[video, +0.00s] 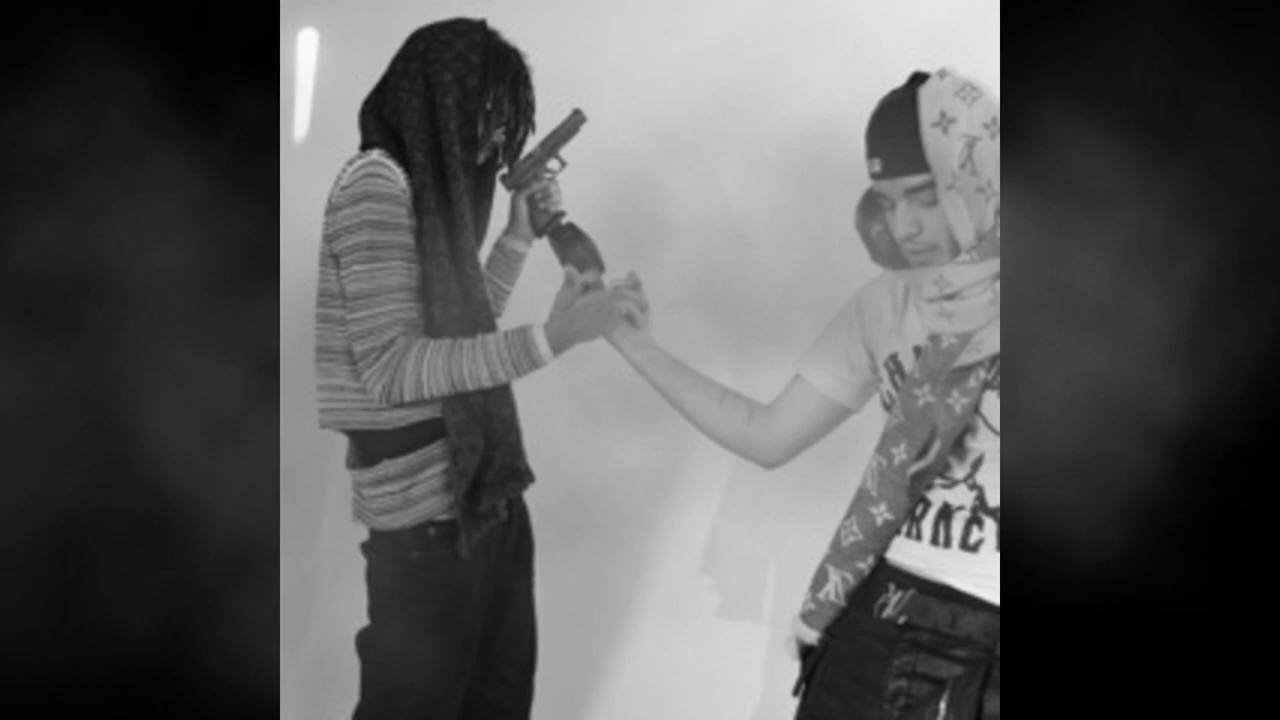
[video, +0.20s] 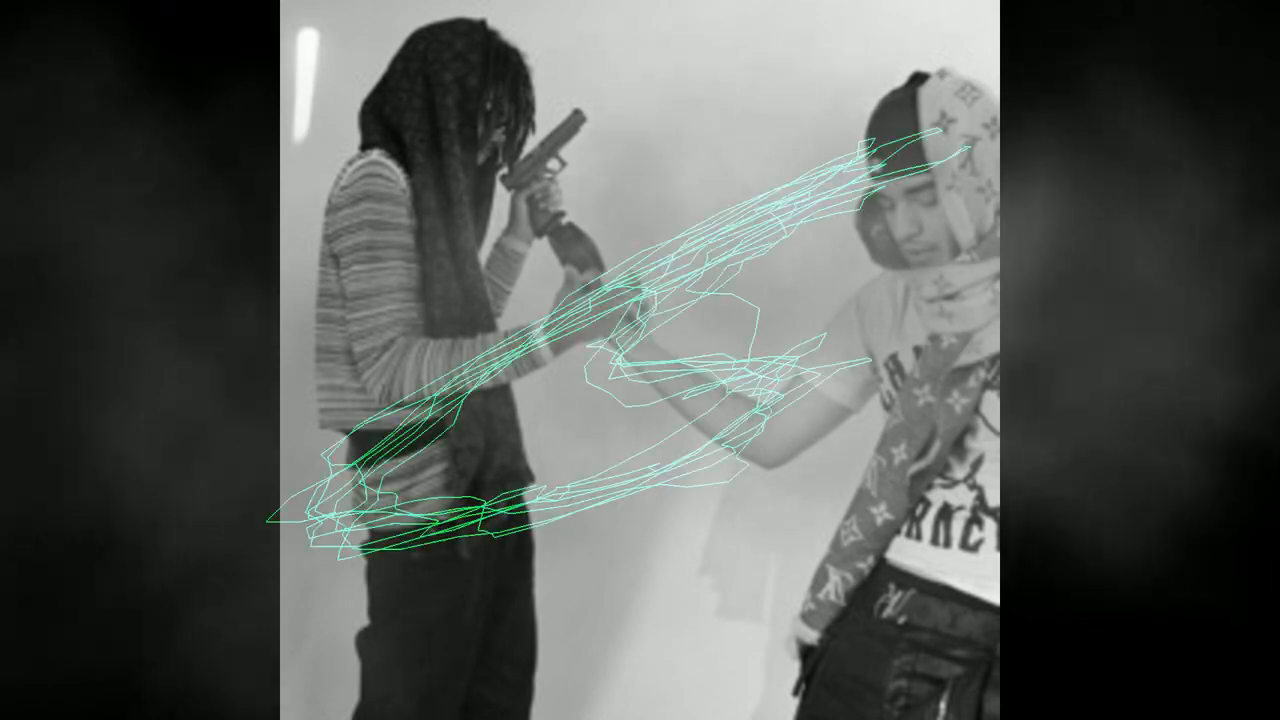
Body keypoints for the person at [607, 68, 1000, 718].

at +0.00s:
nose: (905, 229)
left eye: (926, 200)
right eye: (885, 206)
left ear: (980, 187)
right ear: (872, 206)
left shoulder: (1038, 289)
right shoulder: (888, 303)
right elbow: (767, 436)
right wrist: (634, 342)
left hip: (994, 637)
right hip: (884, 614)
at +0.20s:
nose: (903, 227)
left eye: (926, 198)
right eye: (884, 205)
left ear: (982, 187)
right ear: (872, 211)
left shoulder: (1038, 285)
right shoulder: (889, 302)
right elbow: (767, 436)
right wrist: (632, 340)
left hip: (993, 640)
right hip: (885, 614)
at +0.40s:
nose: (904, 228)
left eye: (926, 199)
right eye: (886, 205)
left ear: (982, 184)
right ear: (874, 204)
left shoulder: (1038, 289)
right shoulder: (890, 302)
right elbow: (768, 436)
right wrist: (636, 339)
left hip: (998, 638)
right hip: (884, 615)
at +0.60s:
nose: (902, 227)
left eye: (925, 196)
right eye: (886, 202)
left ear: (986, 185)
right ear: (877, 207)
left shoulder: (1040, 304)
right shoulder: (895, 304)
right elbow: (769, 437)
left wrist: (1011, 322)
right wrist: (632, 335)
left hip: (1004, 646)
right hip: (883, 616)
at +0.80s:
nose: (904, 229)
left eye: (926, 199)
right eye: (885, 205)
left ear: (981, 184)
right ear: (873, 205)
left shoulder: (1034, 289)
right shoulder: (891, 303)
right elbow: (768, 437)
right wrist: (632, 338)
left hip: (1009, 638)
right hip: (887, 612)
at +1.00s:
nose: (904, 230)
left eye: (926, 198)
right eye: (886, 204)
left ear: (984, 185)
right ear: (874, 205)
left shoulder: (1040, 291)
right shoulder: (896, 303)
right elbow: (767, 437)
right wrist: (630, 334)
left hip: (1008, 644)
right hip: (886, 616)